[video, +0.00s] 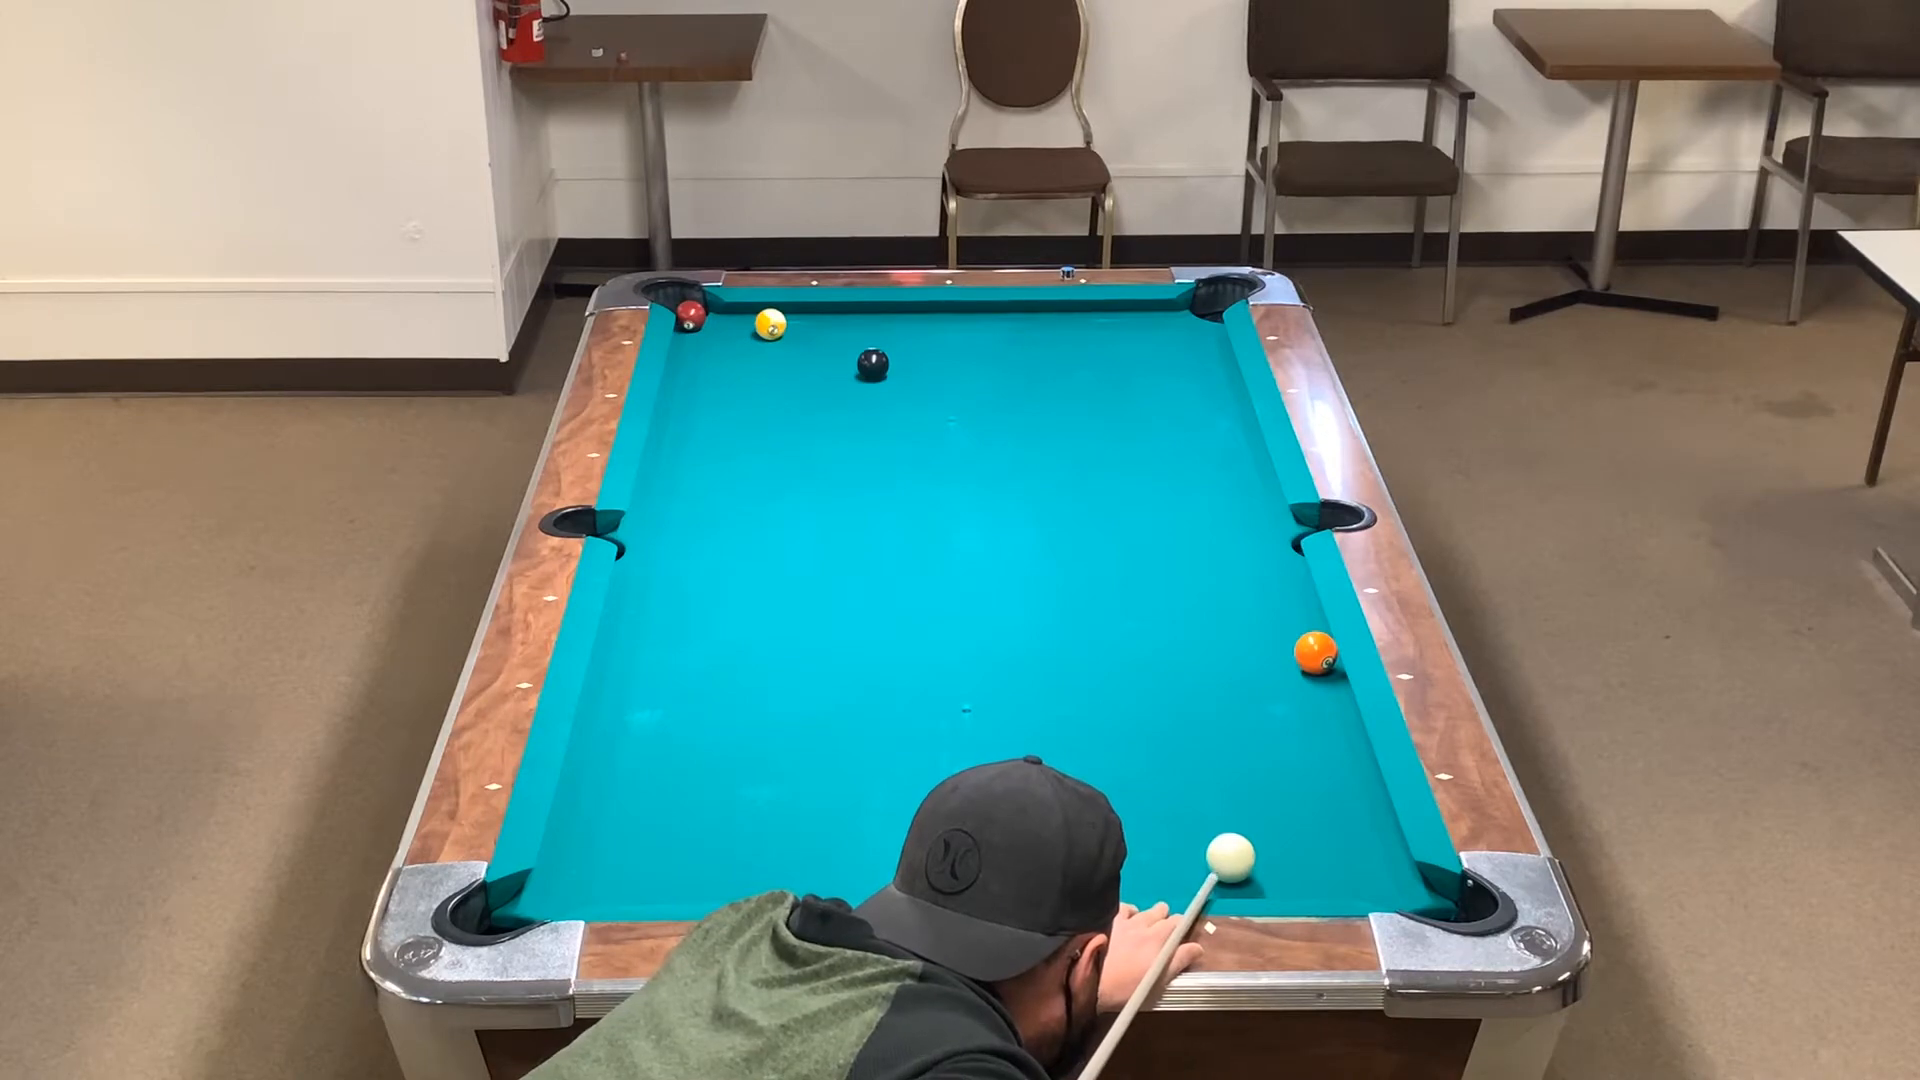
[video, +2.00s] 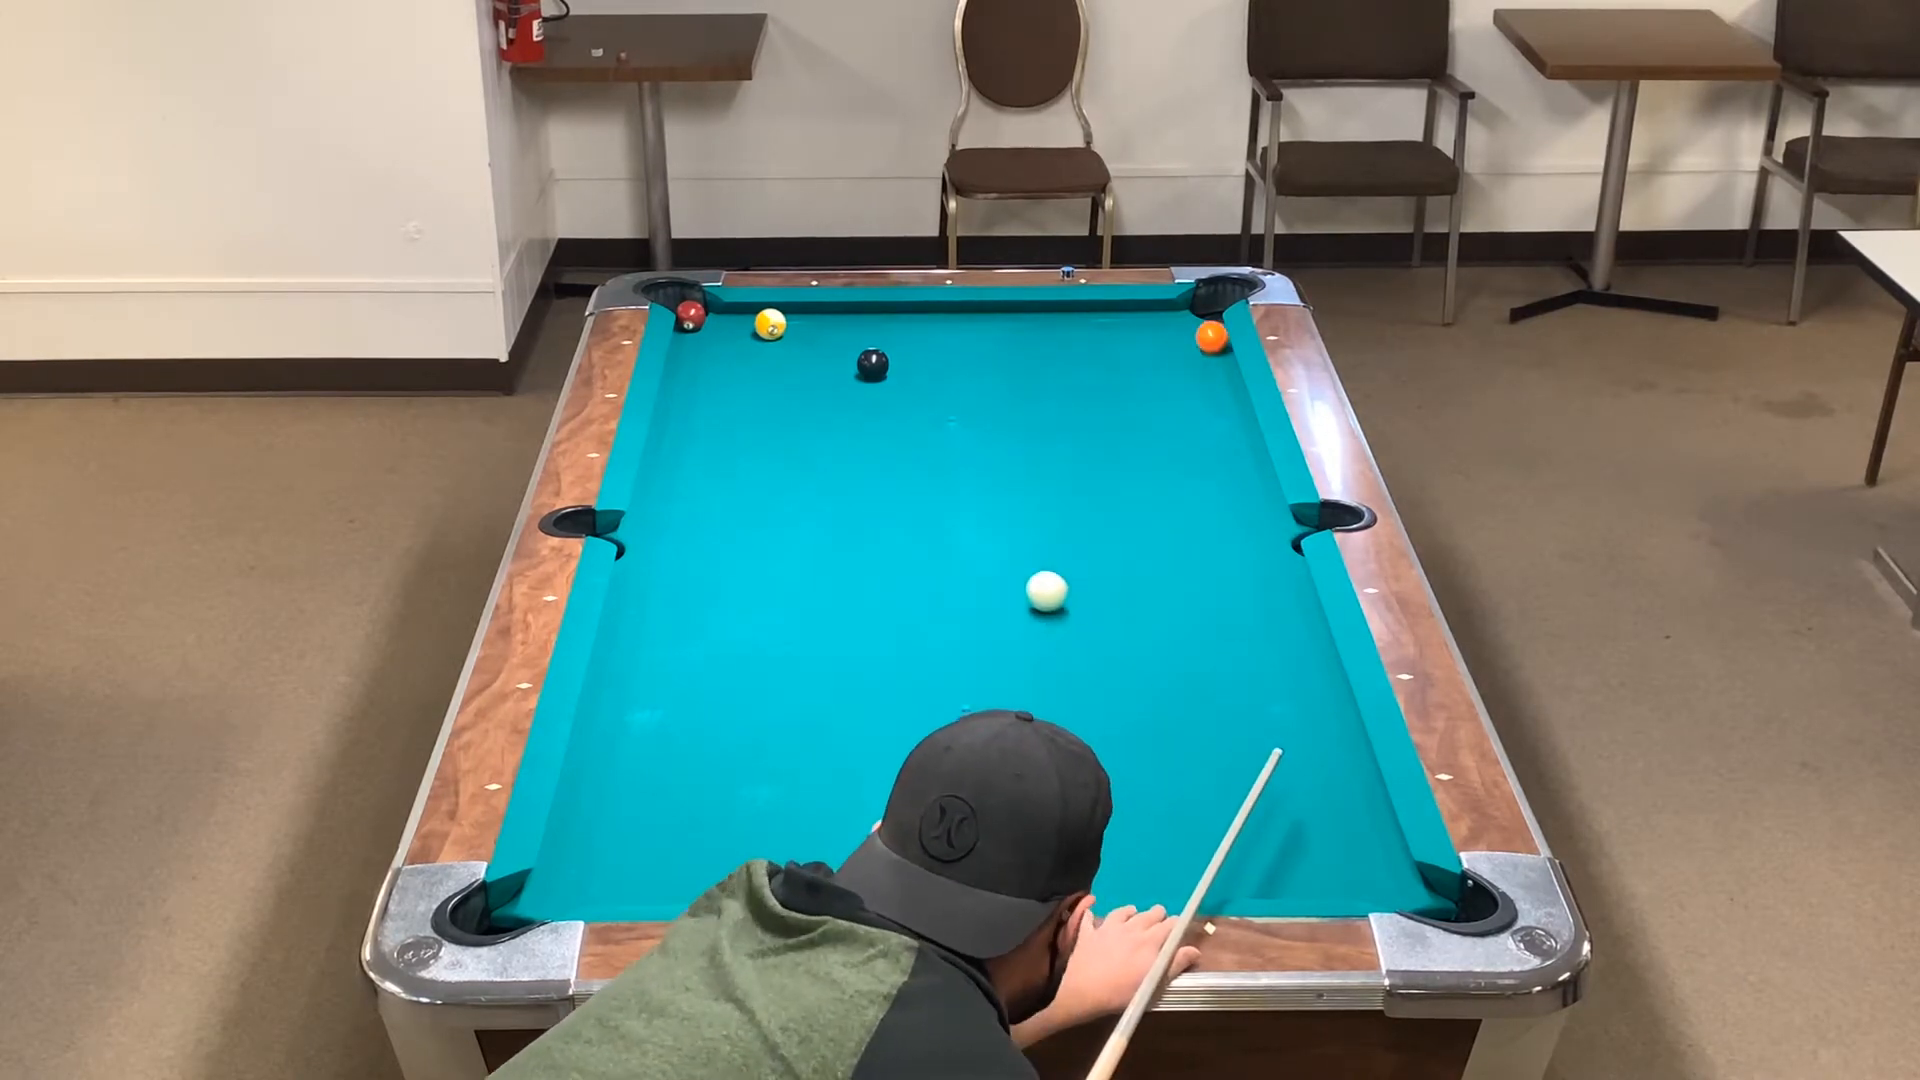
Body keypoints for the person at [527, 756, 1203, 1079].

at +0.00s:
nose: (1106, 949)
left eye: (1105, 936)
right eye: (1106, 938)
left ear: (908, 877)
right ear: (1081, 966)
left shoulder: (749, 921)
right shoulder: (966, 1064)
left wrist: (1073, 999)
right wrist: (1091, 1019)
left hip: (556, 1067)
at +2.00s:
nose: (1074, 929)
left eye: (1080, 913)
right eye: (1078, 913)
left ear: (890, 829)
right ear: (1059, 924)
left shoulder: (752, 897)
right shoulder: (950, 1042)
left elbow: (854, 1036)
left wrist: (1063, 1004)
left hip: (546, 1056)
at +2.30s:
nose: (1065, 819)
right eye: (1065, 802)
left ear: (862, 747)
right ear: (1048, 822)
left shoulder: (753, 825)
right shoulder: (967, 1009)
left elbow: (861, 966)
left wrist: (1070, 987)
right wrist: (1083, 988)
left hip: (471, 1053)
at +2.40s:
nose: (1056, 751)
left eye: (1053, 729)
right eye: (1057, 733)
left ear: (854, 688)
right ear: (1040, 759)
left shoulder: (750, 793)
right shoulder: (967, 971)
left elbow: (821, 947)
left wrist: (1057, 972)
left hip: (465, 1044)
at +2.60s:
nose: (1019, 613)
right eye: (1023, 592)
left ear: (806, 578)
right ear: (1003, 620)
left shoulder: (709, 709)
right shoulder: (942, 862)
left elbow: (800, 892)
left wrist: (1040, 955)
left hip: (430, 1048)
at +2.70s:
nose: (991, 552)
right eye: (991, 531)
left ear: (779, 519)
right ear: (974, 557)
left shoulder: (675, 670)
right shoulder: (926, 807)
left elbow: (773, 886)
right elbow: (885, 1068)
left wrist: (1026, 954)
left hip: (417, 1053)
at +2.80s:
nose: (962, 483)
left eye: (953, 458)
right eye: (959, 463)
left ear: (752, 461)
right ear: (942, 491)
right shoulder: (900, 755)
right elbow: (870, 1061)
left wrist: (1016, 952)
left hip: (425, 1047)